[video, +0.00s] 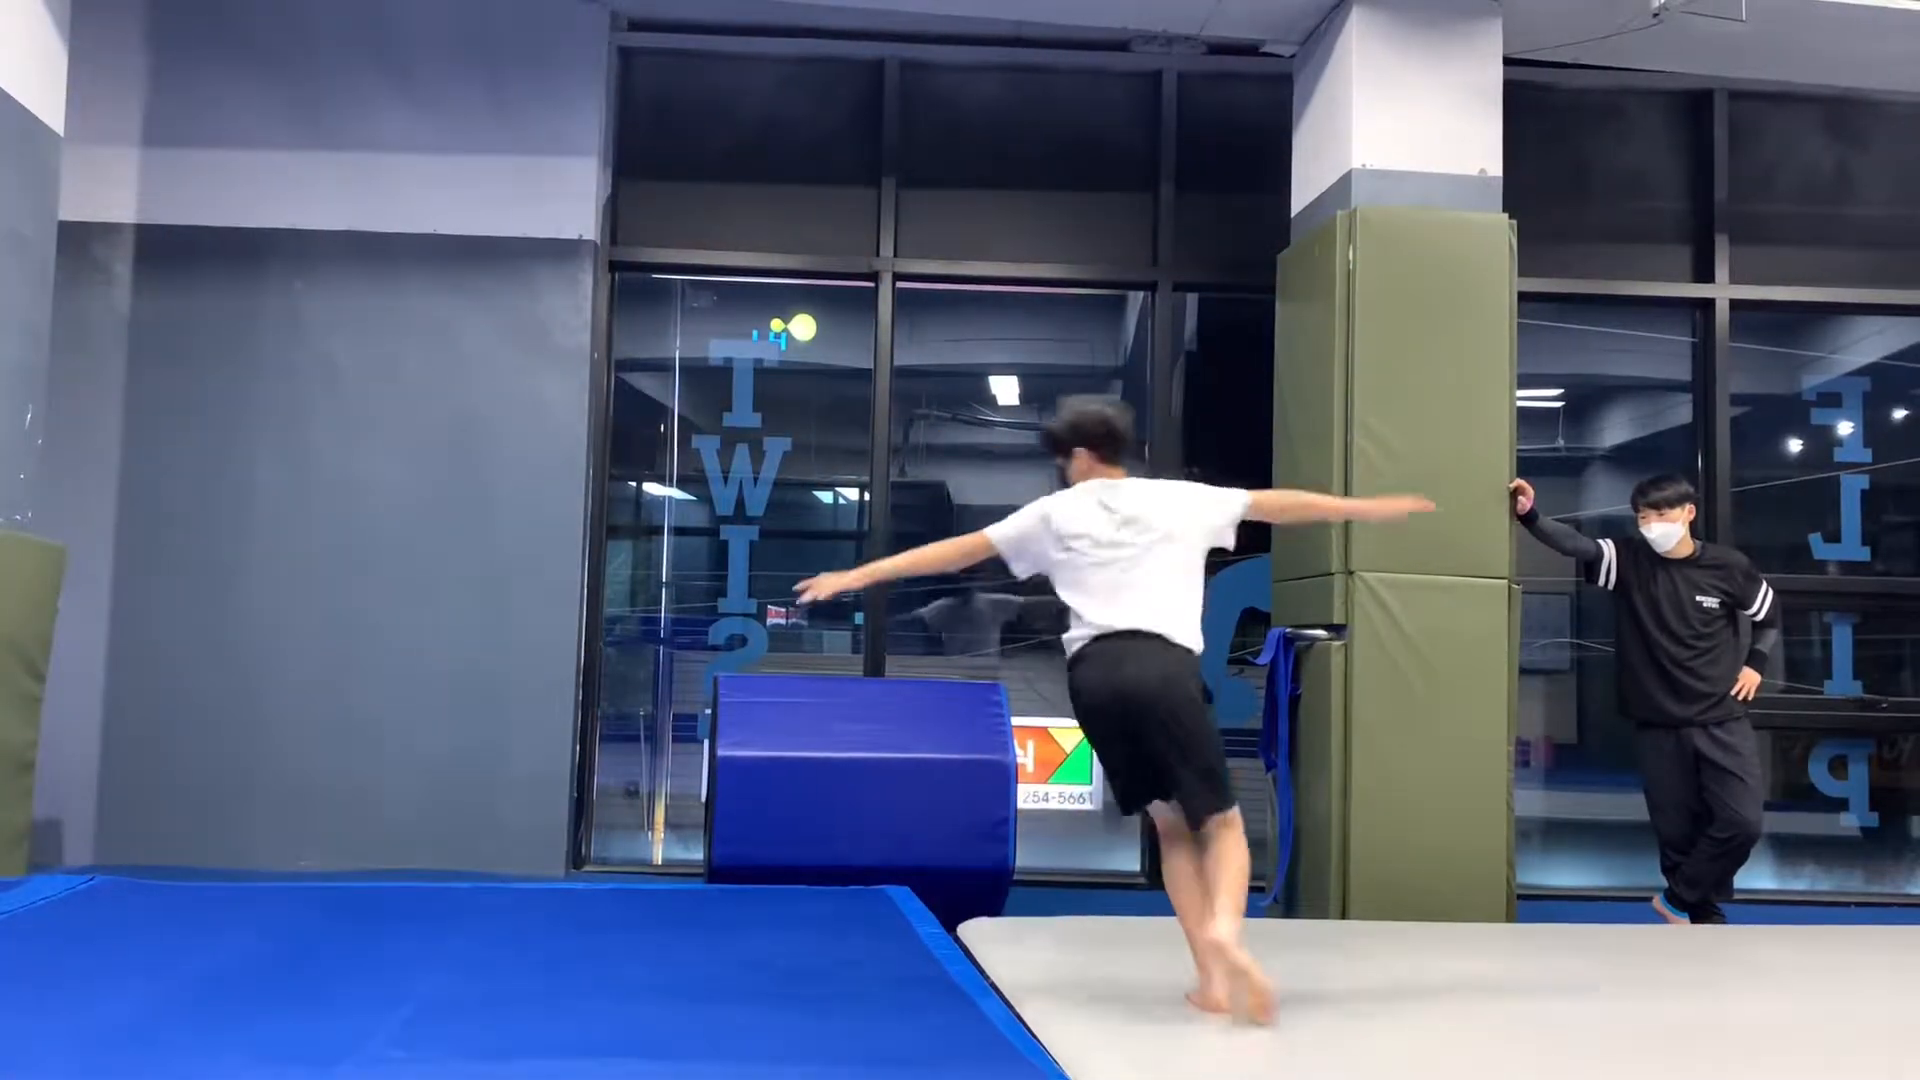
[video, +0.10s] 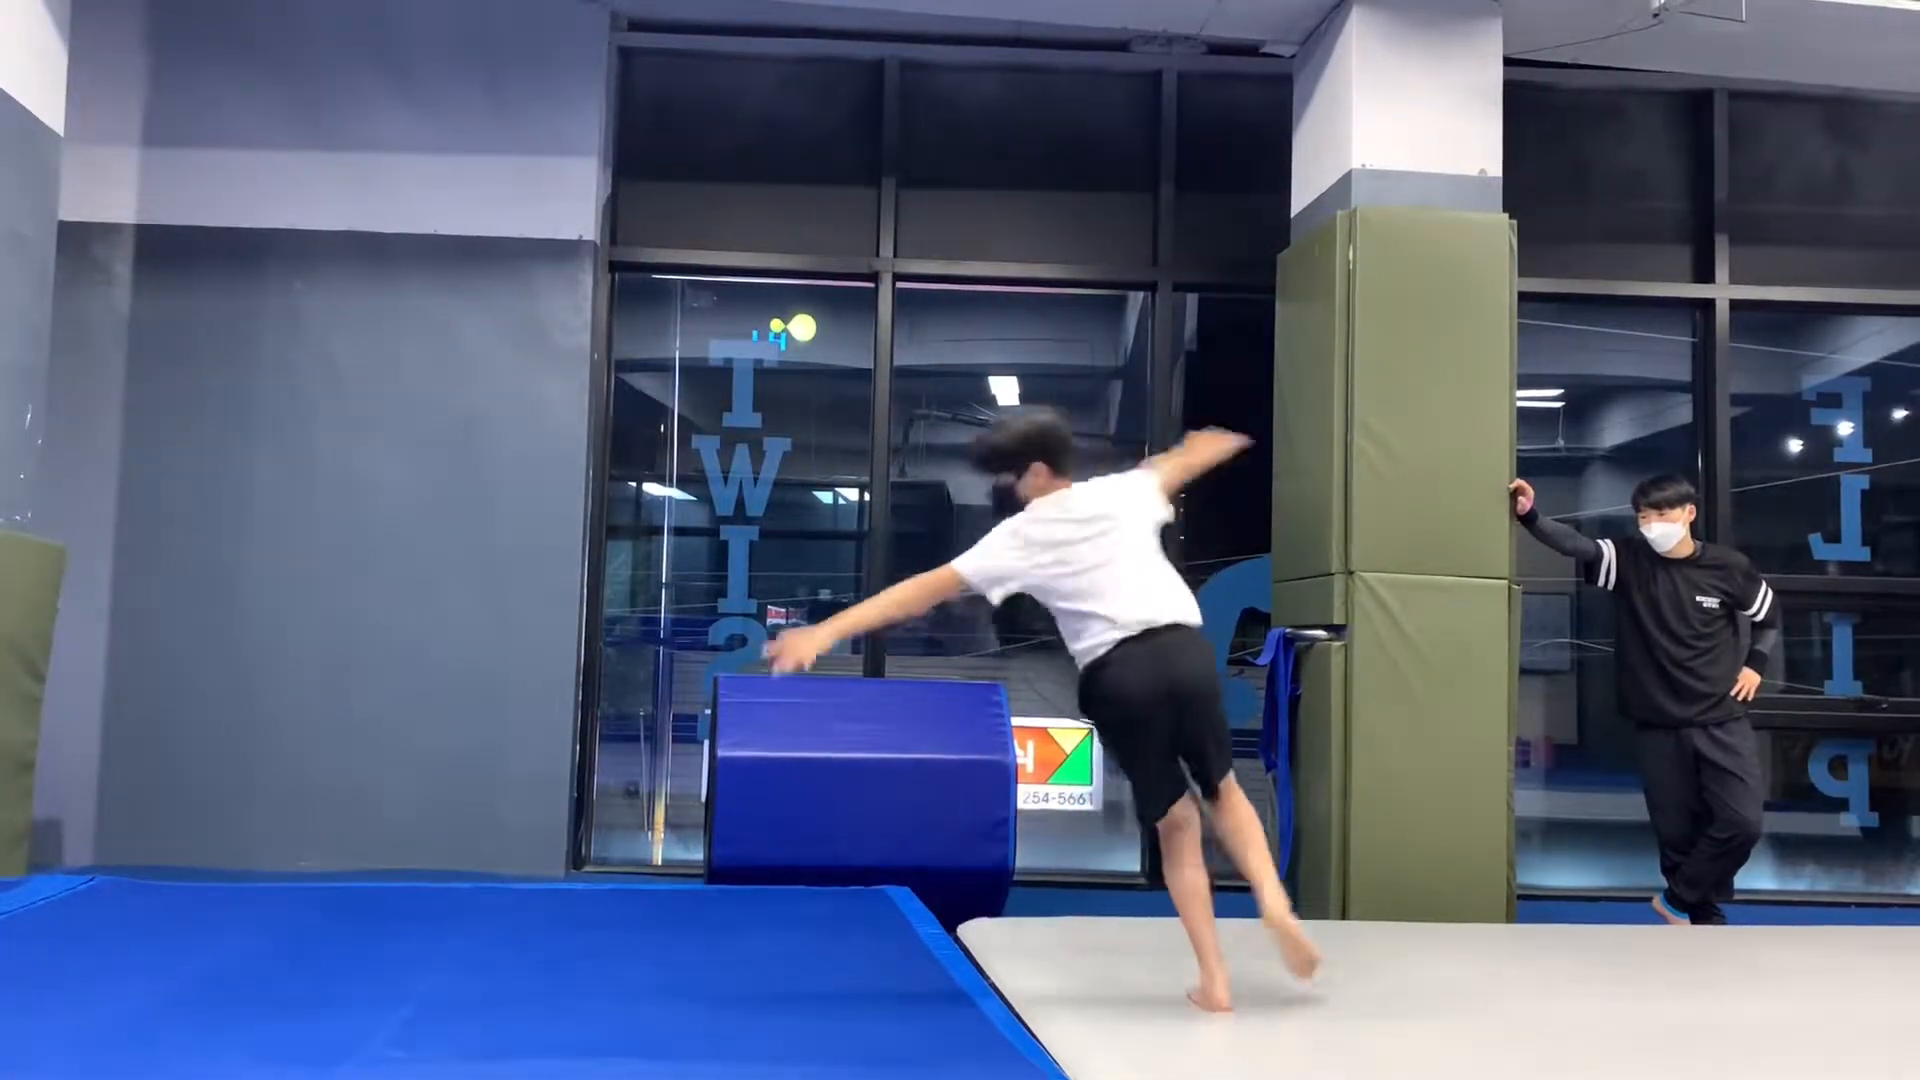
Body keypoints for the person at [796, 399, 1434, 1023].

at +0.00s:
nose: (1063, 471)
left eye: (1063, 460)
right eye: (1065, 461)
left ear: (1080, 457)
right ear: (1124, 453)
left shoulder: (1057, 511)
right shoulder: (1184, 498)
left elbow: (961, 552)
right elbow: (1276, 506)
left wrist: (856, 576)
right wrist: (1361, 508)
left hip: (1095, 669)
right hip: (1166, 663)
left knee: (1169, 825)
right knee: (1221, 818)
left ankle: (1211, 972)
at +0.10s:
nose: (1010, 491)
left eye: (1010, 480)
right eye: (1011, 479)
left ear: (1030, 472)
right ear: (1063, 464)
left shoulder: (1019, 534)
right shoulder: (1127, 490)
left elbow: (923, 591)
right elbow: (1184, 461)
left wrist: (822, 633)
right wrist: (1216, 442)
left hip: (1116, 674)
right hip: (1187, 653)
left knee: (1176, 822)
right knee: (1224, 787)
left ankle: (1213, 978)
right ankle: (1274, 901)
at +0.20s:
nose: (952, 537)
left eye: (952, 526)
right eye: (950, 523)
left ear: (973, 521)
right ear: (998, 493)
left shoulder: (996, 574)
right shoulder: (1031, 498)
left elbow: (925, 656)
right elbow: (1001, 458)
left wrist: (841, 734)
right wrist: (984, 429)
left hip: (1140, 671)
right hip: (1190, 632)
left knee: (1156, 818)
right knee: (1230, 758)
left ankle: (1230, 950)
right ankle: (1323, 858)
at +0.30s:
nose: (914, 627)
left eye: (913, 619)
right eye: (905, 613)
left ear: (936, 608)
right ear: (931, 578)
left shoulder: (986, 648)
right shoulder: (954, 559)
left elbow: (945, 767)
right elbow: (863, 555)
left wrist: (906, 874)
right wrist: (787, 545)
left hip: (1139, 682)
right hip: (1176, 635)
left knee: (1117, 832)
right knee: (1246, 756)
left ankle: (1234, 930)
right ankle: (1388, 804)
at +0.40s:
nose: (876, 756)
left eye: (878, 748)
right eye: (865, 746)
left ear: (910, 730)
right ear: (878, 711)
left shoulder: (983, 748)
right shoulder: (888, 688)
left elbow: (972, 882)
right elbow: (788, 737)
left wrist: (956, 991)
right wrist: (700, 776)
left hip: (1126, 701)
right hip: (1095, 660)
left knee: (1121, 862)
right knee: (1225, 716)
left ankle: (1246, 952)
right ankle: (1376, 694)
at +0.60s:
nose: (890, 949)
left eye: (896, 941)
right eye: (872, 947)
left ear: (908, 899)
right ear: (840, 897)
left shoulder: (941, 830)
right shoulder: (816, 820)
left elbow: (955, 930)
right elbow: (758, 912)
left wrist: (956, 1022)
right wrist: (723, 1011)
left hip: (973, 680)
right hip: (911, 654)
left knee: (1071, 808)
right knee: (938, 511)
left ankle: (1208, 879)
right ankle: (958, 391)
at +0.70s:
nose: (875, 937)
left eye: (885, 928)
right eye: (859, 935)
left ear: (904, 887)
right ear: (824, 884)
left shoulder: (924, 829)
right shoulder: (786, 825)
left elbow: (942, 926)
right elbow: (746, 921)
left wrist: (955, 1019)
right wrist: (721, 1015)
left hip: (904, 641)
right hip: (822, 623)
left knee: (1016, 750)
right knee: (751, 530)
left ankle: (1162, 736)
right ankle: (705, 415)